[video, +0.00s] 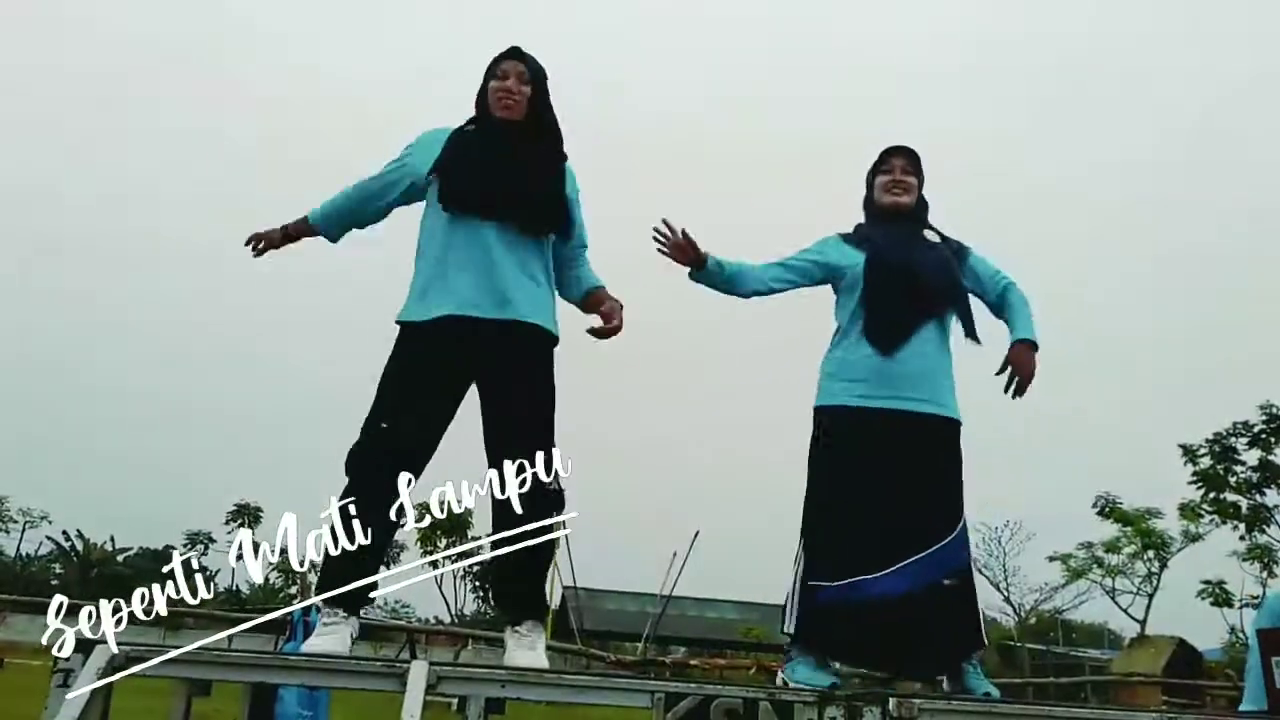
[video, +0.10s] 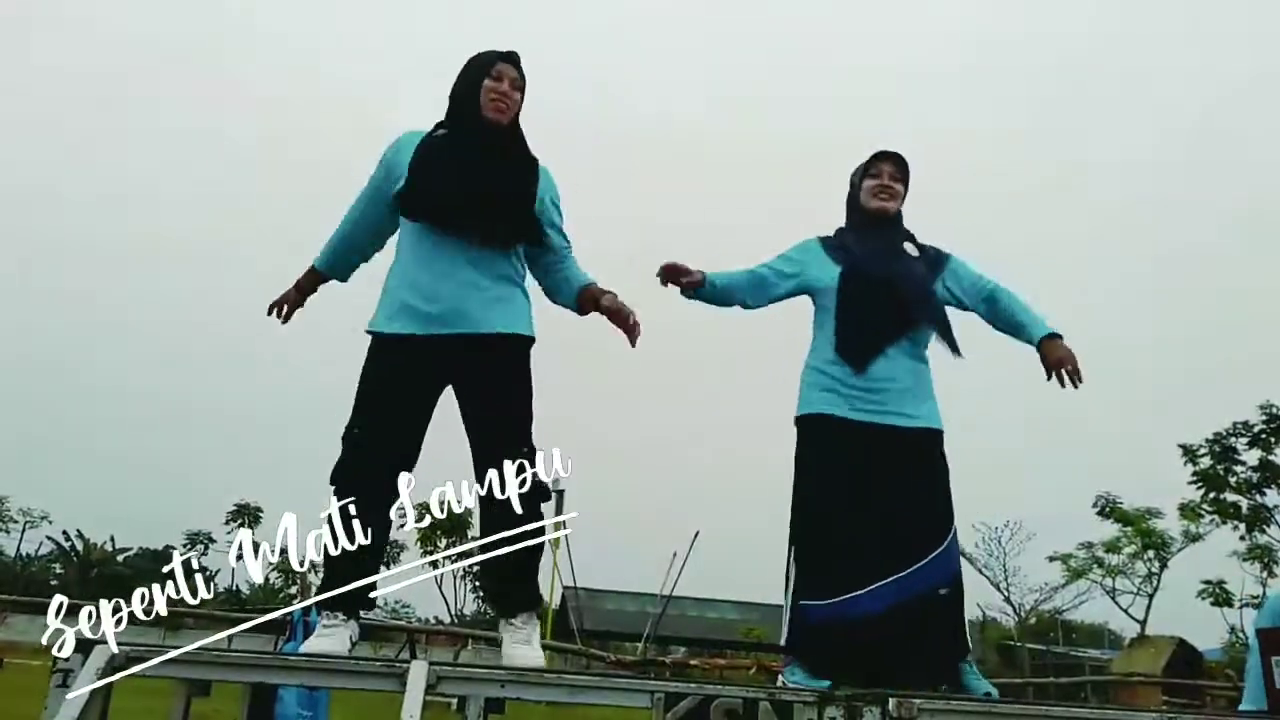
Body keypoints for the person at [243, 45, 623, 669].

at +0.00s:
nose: (509, 87)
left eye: (522, 81)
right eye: (501, 78)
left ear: (540, 98)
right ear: (484, 88)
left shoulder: (557, 172)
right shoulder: (444, 144)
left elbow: (571, 260)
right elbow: (377, 192)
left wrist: (600, 298)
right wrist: (301, 228)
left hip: (524, 328)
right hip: (438, 321)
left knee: (527, 473)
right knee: (383, 460)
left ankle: (525, 620)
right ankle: (340, 609)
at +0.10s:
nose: (505, 92)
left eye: (515, 87)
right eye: (494, 81)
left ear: (522, 104)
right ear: (467, 87)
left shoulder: (534, 176)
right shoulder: (415, 150)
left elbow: (554, 261)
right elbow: (365, 224)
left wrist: (596, 297)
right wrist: (310, 280)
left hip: (496, 336)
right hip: (407, 331)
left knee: (510, 472)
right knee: (368, 469)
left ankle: (518, 612)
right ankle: (342, 611)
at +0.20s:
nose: (502, 94)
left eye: (508, 89)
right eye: (492, 82)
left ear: (510, 103)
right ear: (458, 82)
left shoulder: (518, 167)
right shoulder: (398, 146)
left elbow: (557, 247)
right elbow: (353, 234)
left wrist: (582, 239)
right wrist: (299, 310)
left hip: (482, 324)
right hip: (393, 323)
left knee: (482, 458)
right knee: (359, 463)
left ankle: (481, 593)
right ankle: (340, 609)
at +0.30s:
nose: (495, 93)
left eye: (503, 88)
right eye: (486, 80)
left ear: (506, 103)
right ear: (452, 80)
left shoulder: (512, 159)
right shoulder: (392, 146)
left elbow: (559, 208)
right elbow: (356, 218)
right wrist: (337, 276)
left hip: (471, 315)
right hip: (388, 315)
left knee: (446, 448)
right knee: (359, 456)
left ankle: (430, 586)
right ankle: (339, 609)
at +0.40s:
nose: (497, 106)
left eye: (502, 100)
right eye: (487, 94)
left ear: (504, 112)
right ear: (452, 93)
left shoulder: (513, 163)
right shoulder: (391, 158)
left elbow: (515, 183)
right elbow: (360, 222)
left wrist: (415, 144)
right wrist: (369, 250)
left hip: (461, 329)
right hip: (381, 323)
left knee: (418, 459)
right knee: (345, 454)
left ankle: (392, 607)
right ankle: (338, 607)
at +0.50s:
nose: (499, 111)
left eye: (505, 105)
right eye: (490, 99)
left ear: (508, 116)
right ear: (455, 99)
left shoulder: (516, 167)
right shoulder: (396, 164)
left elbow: (511, 179)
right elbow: (368, 215)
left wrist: (416, 157)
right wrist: (387, 225)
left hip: (469, 338)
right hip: (385, 330)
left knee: (429, 471)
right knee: (346, 460)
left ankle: (395, 609)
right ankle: (338, 608)